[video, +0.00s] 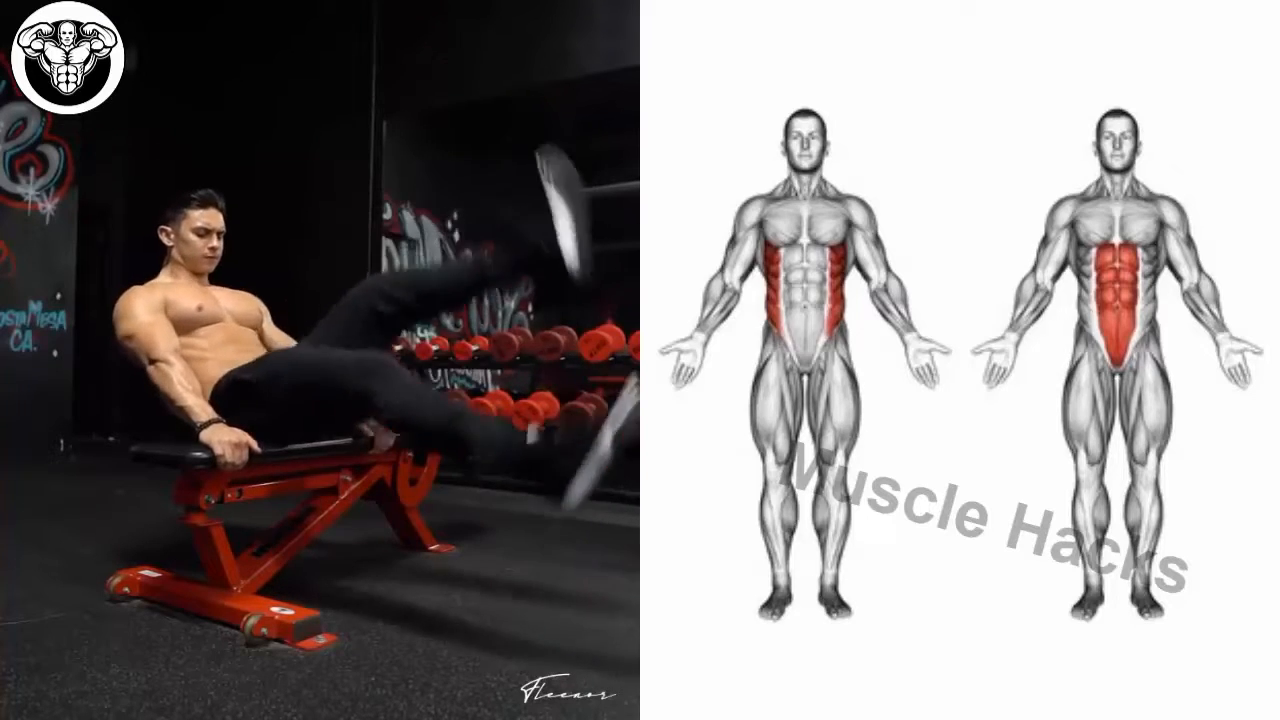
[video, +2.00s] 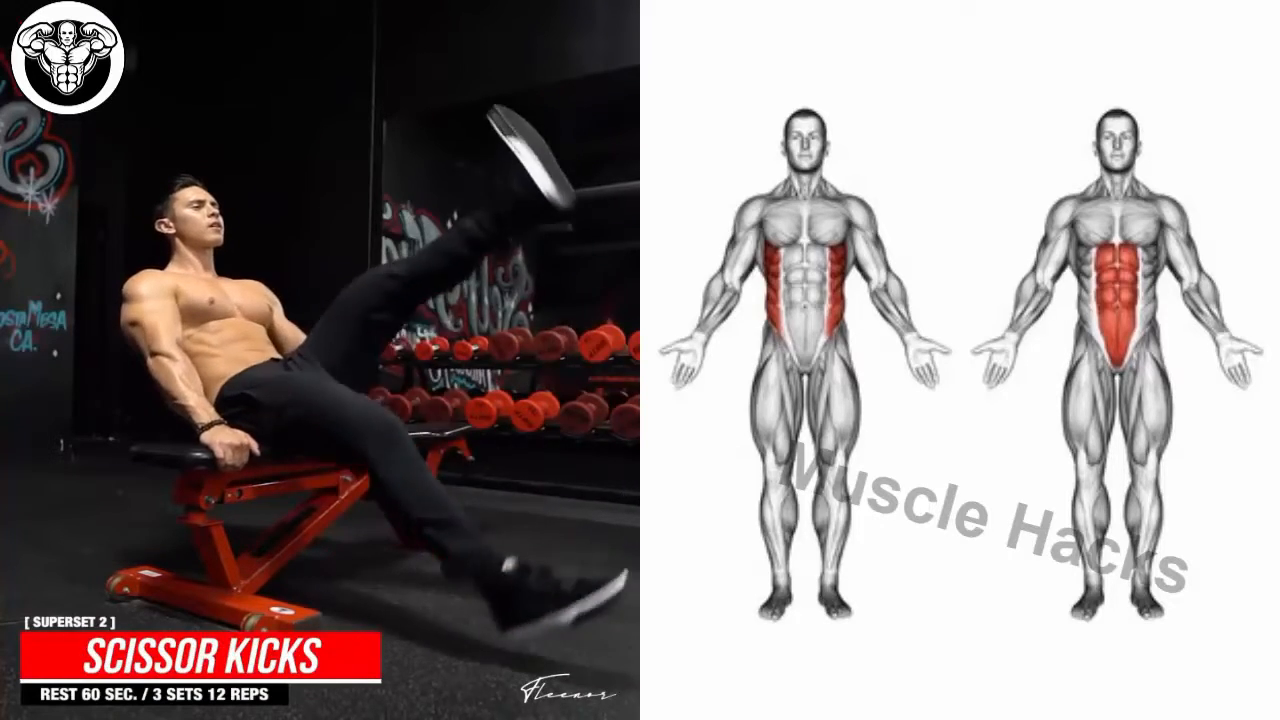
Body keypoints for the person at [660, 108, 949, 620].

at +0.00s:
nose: (804, 146)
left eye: (812, 138)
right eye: (797, 138)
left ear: (825, 146)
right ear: (785, 145)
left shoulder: (852, 211)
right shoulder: (758, 211)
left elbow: (881, 281)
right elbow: (729, 281)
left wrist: (910, 337)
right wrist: (700, 336)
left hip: (832, 355)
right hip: (777, 355)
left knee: (834, 467)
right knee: (777, 469)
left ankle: (830, 584)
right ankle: (780, 585)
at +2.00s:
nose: (804, 145)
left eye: (812, 138)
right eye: (797, 138)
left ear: (825, 145)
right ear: (785, 145)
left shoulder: (852, 211)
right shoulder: (758, 211)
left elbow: (881, 281)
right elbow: (729, 281)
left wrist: (910, 336)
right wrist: (700, 336)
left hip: (832, 355)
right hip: (777, 355)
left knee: (834, 467)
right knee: (777, 469)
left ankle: (830, 584)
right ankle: (780, 584)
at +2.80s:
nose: (805, 145)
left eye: (812, 138)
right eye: (797, 138)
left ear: (825, 146)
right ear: (785, 145)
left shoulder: (852, 211)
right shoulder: (758, 211)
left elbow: (881, 282)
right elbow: (729, 281)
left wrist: (910, 336)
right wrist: (700, 336)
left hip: (832, 356)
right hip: (777, 356)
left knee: (834, 468)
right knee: (777, 469)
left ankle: (829, 584)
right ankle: (780, 585)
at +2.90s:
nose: (805, 146)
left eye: (812, 138)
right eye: (797, 138)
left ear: (825, 145)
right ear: (785, 145)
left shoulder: (852, 211)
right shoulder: (758, 211)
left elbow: (881, 281)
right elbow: (729, 281)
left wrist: (910, 336)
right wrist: (700, 336)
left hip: (832, 355)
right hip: (777, 355)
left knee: (834, 467)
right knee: (777, 468)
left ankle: (830, 584)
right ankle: (780, 585)